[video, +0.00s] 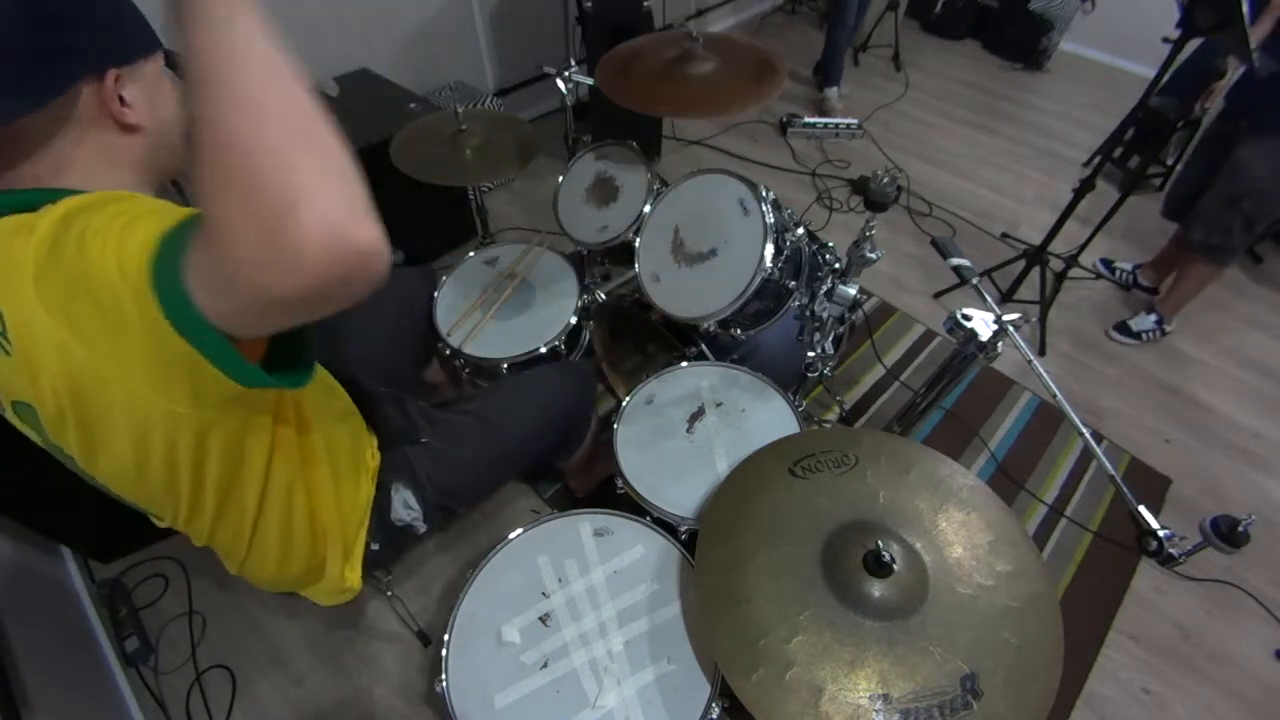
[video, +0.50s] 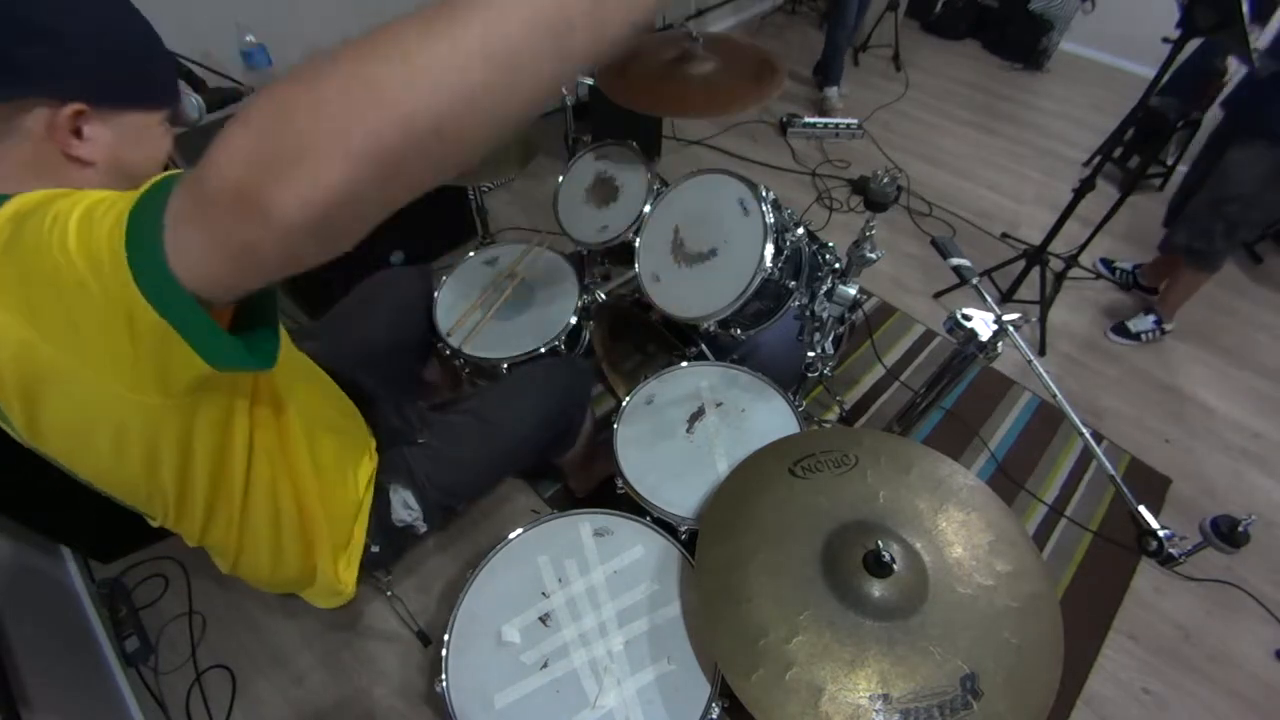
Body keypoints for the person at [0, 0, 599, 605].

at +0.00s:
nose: (183, 101)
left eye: (177, 74)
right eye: (170, 75)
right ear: (118, 98)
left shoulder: (25, 238)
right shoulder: (98, 253)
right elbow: (333, 250)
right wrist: (212, 0)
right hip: (347, 508)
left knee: (420, 280)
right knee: (569, 378)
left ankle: (420, 396)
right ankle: (582, 476)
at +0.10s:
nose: (192, 99)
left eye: (202, 70)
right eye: (176, 77)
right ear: (122, 97)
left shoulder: (29, 231)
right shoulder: (82, 255)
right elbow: (314, 268)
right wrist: (176, 9)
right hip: (341, 505)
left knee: (433, 282)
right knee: (568, 377)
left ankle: (421, 393)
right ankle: (581, 477)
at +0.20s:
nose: (189, 102)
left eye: (183, 75)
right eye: (177, 76)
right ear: (119, 102)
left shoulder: (29, 225)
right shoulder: (75, 252)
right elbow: (296, 307)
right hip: (340, 505)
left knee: (416, 282)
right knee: (568, 376)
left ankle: (422, 396)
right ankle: (579, 479)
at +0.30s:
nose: (181, 110)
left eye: (175, 88)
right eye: (168, 88)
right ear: (110, 109)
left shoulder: (27, 221)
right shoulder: (67, 246)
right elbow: (281, 302)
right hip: (337, 507)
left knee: (415, 286)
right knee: (568, 375)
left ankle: (419, 402)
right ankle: (577, 475)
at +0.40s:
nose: (176, 129)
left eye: (173, 105)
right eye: (165, 106)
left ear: (83, 124)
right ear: (92, 122)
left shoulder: (29, 233)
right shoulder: (61, 249)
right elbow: (285, 242)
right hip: (338, 506)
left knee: (417, 284)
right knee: (565, 372)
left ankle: (419, 394)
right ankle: (575, 472)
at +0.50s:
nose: (172, 154)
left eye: (172, 128)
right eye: (163, 127)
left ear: (66, 132)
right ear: (76, 134)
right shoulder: (62, 250)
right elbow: (270, 199)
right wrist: (614, 17)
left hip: (268, 410)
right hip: (343, 509)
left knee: (408, 283)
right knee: (564, 371)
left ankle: (427, 389)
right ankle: (581, 468)